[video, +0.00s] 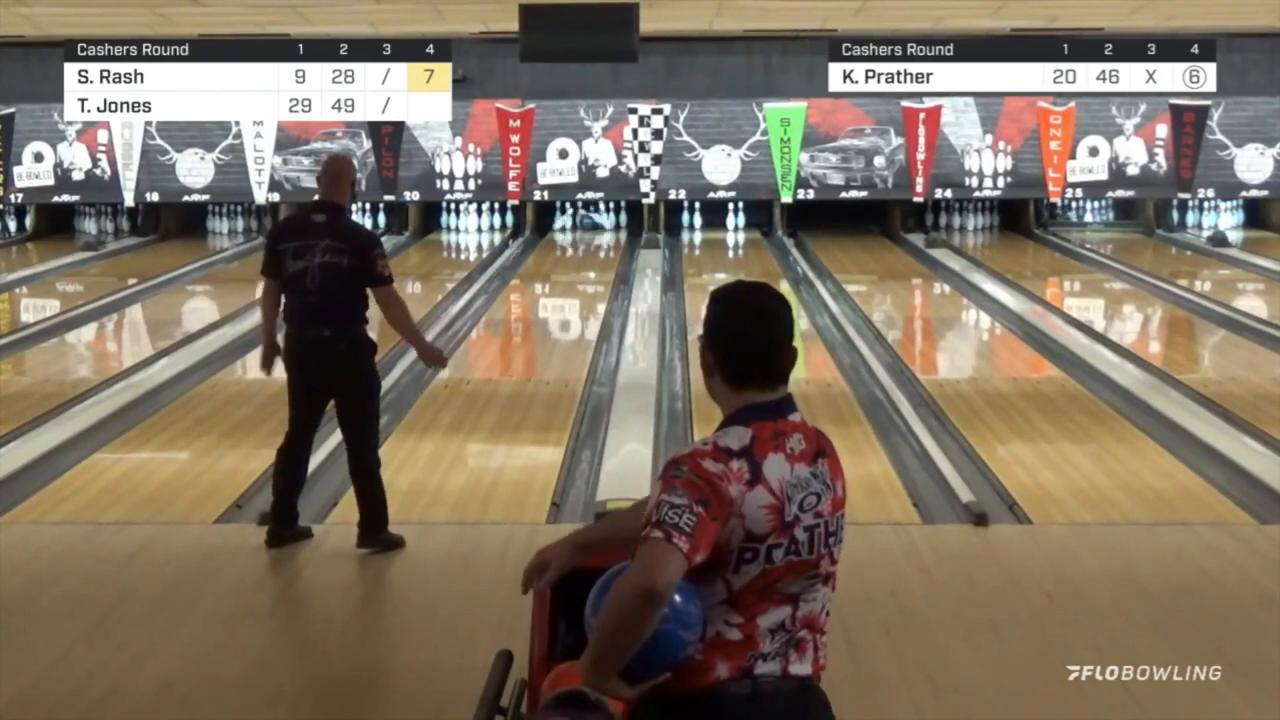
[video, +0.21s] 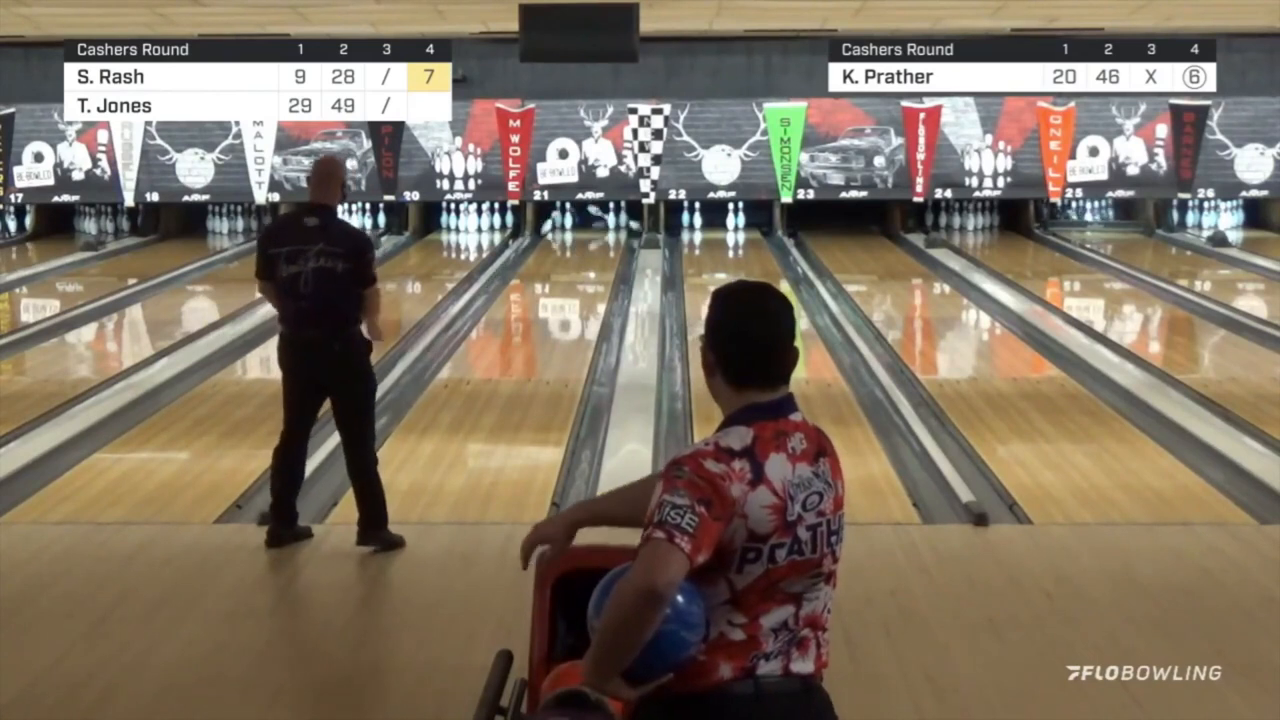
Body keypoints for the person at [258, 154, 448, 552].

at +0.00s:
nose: (354, 190)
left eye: (350, 183)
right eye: (354, 184)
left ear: (318, 184)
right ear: (351, 187)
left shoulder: (284, 231)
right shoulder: (362, 239)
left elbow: (270, 291)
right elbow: (389, 302)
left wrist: (269, 339)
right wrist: (423, 346)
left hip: (301, 351)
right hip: (350, 354)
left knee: (297, 436)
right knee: (362, 445)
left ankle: (282, 524)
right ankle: (373, 530)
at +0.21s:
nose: (342, 190)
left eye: (336, 182)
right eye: (342, 184)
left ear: (309, 183)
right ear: (340, 188)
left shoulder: (275, 232)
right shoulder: (354, 240)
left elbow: (265, 285)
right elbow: (370, 299)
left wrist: (289, 314)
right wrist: (374, 328)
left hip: (296, 348)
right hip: (346, 349)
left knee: (293, 436)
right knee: (359, 442)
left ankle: (281, 524)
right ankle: (373, 527)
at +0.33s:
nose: (339, 190)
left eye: (336, 183)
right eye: (337, 184)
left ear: (302, 184)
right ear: (330, 188)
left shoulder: (268, 233)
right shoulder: (347, 240)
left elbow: (256, 285)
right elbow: (359, 295)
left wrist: (286, 309)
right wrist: (325, 312)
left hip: (289, 348)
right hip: (338, 349)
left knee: (287, 435)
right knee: (356, 439)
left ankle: (281, 525)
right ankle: (373, 525)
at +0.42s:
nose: (332, 190)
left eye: (327, 183)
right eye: (330, 185)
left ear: (295, 185)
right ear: (325, 188)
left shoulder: (262, 233)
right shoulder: (341, 240)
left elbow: (249, 287)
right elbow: (354, 295)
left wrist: (273, 321)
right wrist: (320, 311)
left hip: (283, 348)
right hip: (332, 349)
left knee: (282, 436)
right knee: (353, 439)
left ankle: (281, 525)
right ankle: (370, 524)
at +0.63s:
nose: (322, 190)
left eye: (319, 183)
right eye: (319, 185)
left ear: (285, 185)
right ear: (310, 188)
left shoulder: (253, 232)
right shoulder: (331, 241)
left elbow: (233, 288)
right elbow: (345, 302)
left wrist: (224, 339)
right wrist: (318, 327)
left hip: (271, 349)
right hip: (321, 350)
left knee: (274, 436)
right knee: (342, 439)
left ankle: (280, 524)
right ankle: (356, 523)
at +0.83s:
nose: (313, 190)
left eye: (308, 182)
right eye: (312, 184)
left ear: (277, 185)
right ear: (311, 188)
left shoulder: (247, 231)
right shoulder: (326, 239)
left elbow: (223, 286)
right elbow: (342, 295)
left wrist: (210, 338)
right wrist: (348, 336)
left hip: (268, 349)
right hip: (316, 350)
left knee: (273, 435)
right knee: (324, 441)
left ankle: (280, 525)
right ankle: (324, 527)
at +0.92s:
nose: (313, 187)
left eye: (309, 180)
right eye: (312, 182)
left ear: (277, 185)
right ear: (308, 186)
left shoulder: (247, 231)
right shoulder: (324, 238)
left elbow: (227, 288)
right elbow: (342, 299)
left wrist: (218, 340)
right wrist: (354, 345)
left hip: (267, 349)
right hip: (314, 350)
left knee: (272, 435)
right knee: (318, 441)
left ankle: (280, 525)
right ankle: (324, 527)